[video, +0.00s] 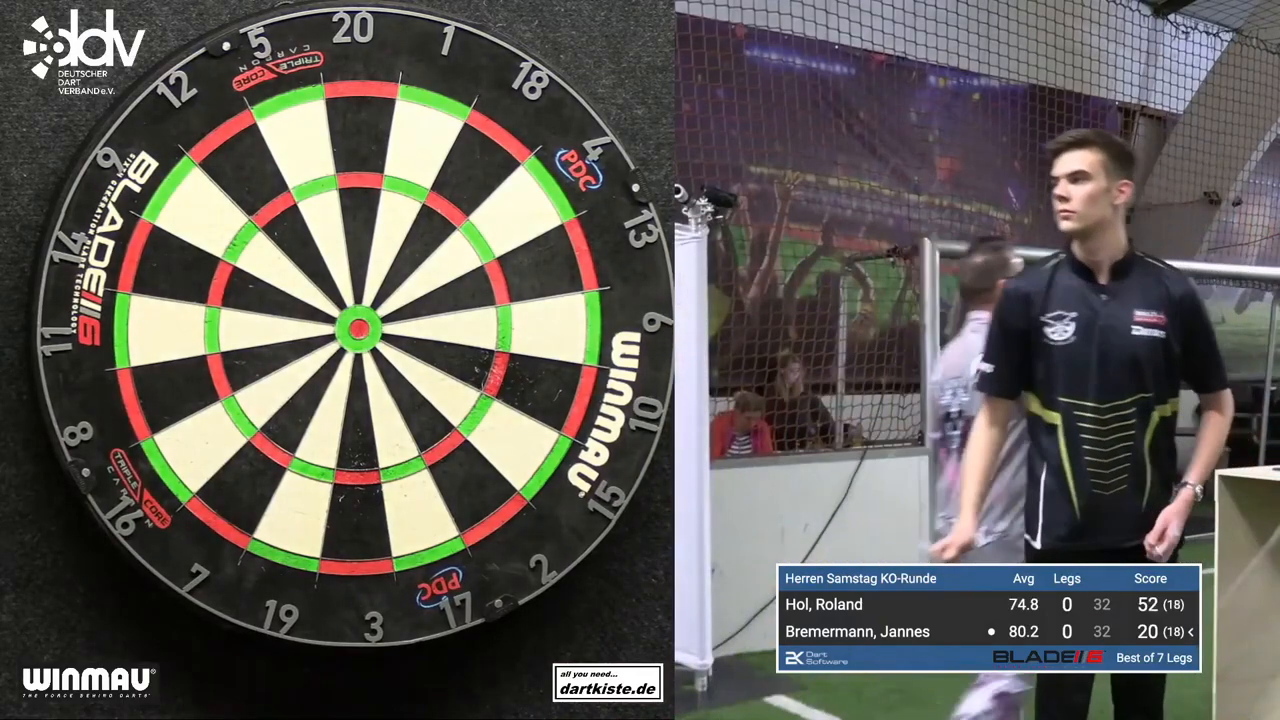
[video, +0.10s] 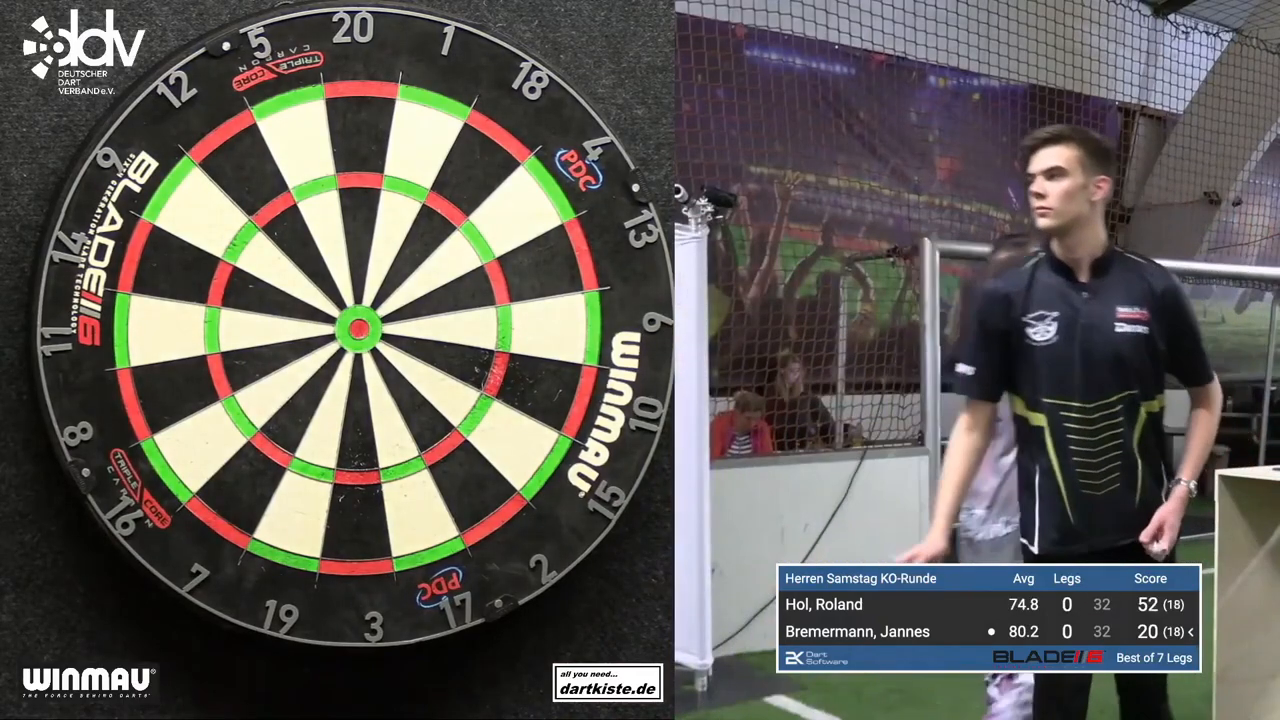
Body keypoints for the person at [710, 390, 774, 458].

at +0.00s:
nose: (752, 424)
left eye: (756, 419)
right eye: (748, 418)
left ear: (761, 417)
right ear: (737, 413)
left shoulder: (762, 427)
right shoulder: (719, 424)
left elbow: (768, 458)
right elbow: (714, 459)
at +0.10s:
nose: (753, 424)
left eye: (756, 419)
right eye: (748, 418)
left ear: (761, 417)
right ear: (737, 413)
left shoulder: (762, 427)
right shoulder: (719, 424)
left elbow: (768, 458)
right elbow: (714, 459)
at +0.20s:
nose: (753, 424)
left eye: (756, 419)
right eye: (748, 418)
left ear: (761, 417)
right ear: (737, 413)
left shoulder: (762, 427)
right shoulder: (719, 424)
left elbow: (768, 458)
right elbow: (714, 459)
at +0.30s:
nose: (753, 423)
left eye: (757, 419)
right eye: (748, 418)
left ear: (761, 416)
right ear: (738, 413)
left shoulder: (762, 427)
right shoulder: (719, 425)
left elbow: (767, 458)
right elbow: (714, 460)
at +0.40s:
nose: (753, 423)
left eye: (757, 419)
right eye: (748, 418)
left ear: (761, 416)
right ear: (738, 413)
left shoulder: (762, 427)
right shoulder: (719, 425)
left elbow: (767, 458)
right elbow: (714, 460)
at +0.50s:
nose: (752, 423)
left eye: (756, 419)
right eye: (748, 418)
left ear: (761, 417)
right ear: (737, 413)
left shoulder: (762, 427)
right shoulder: (719, 425)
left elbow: (767, 457)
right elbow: (714, 459)